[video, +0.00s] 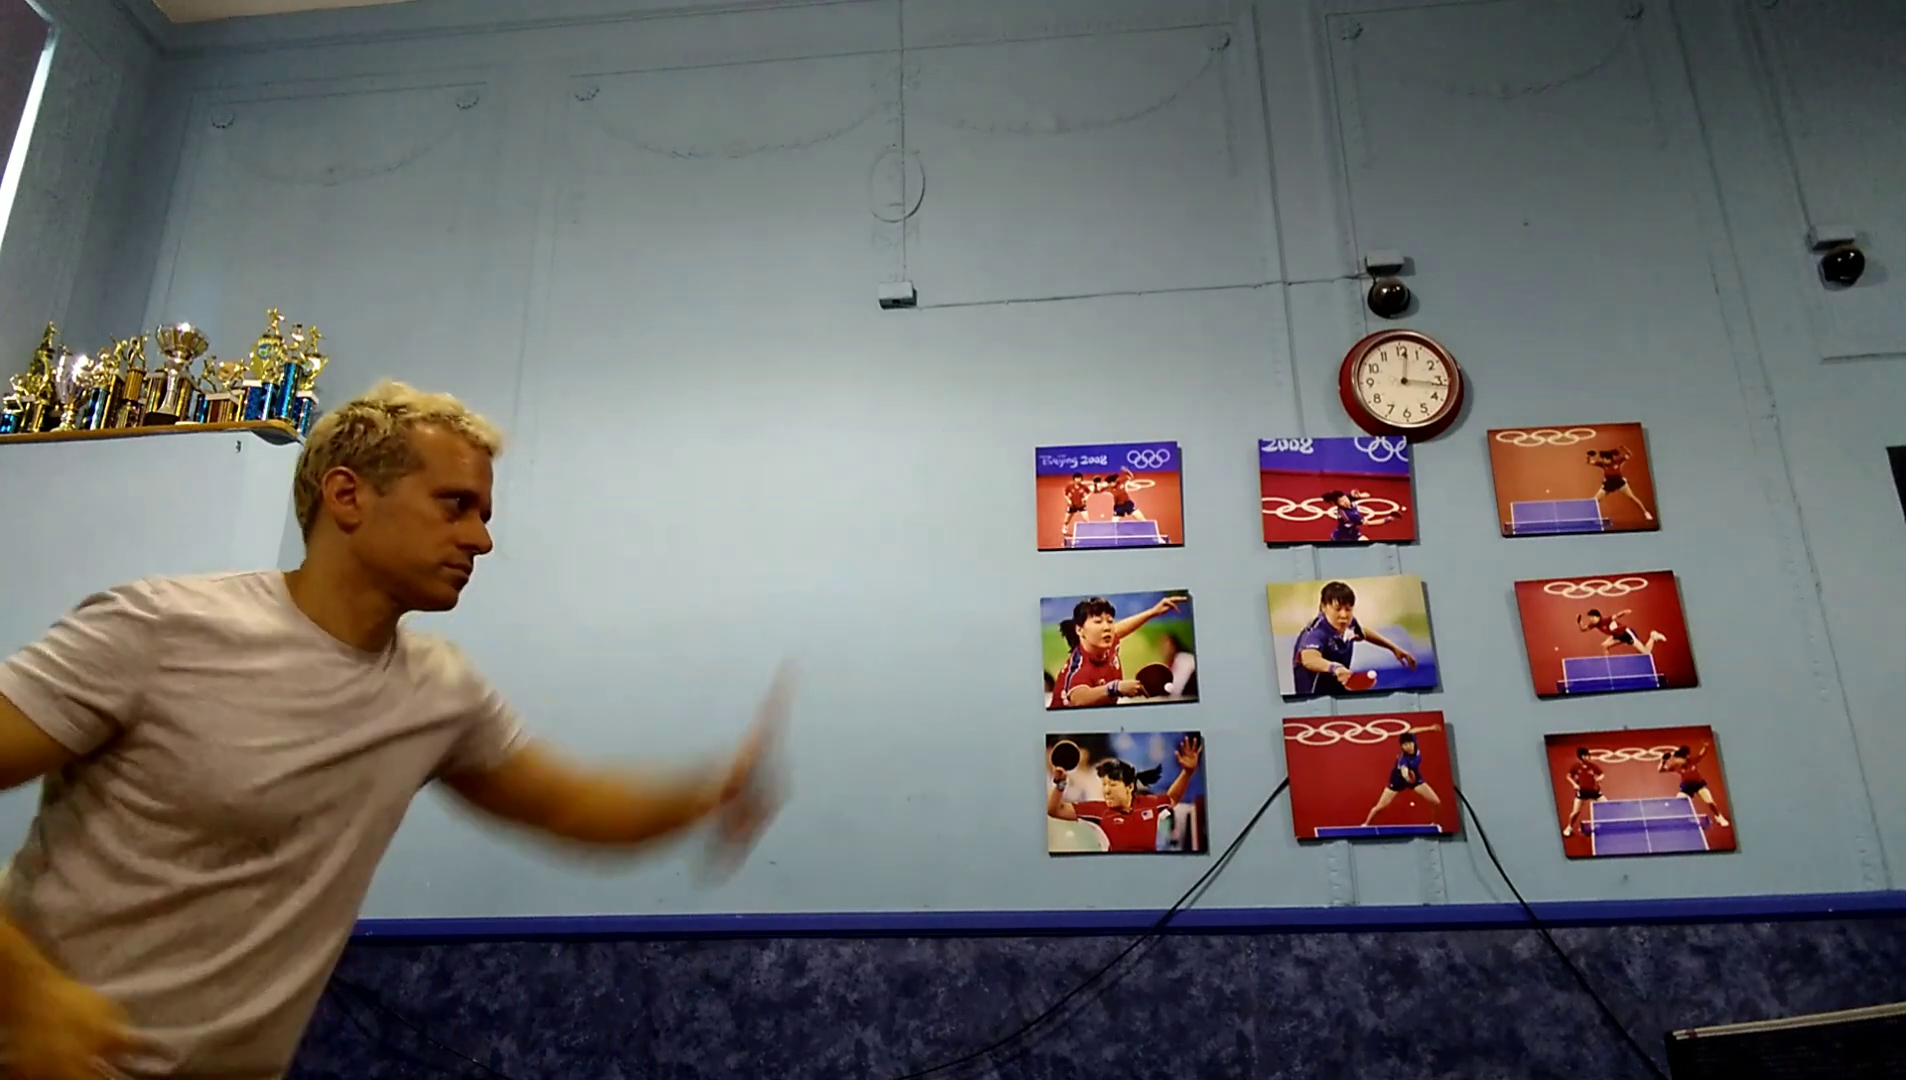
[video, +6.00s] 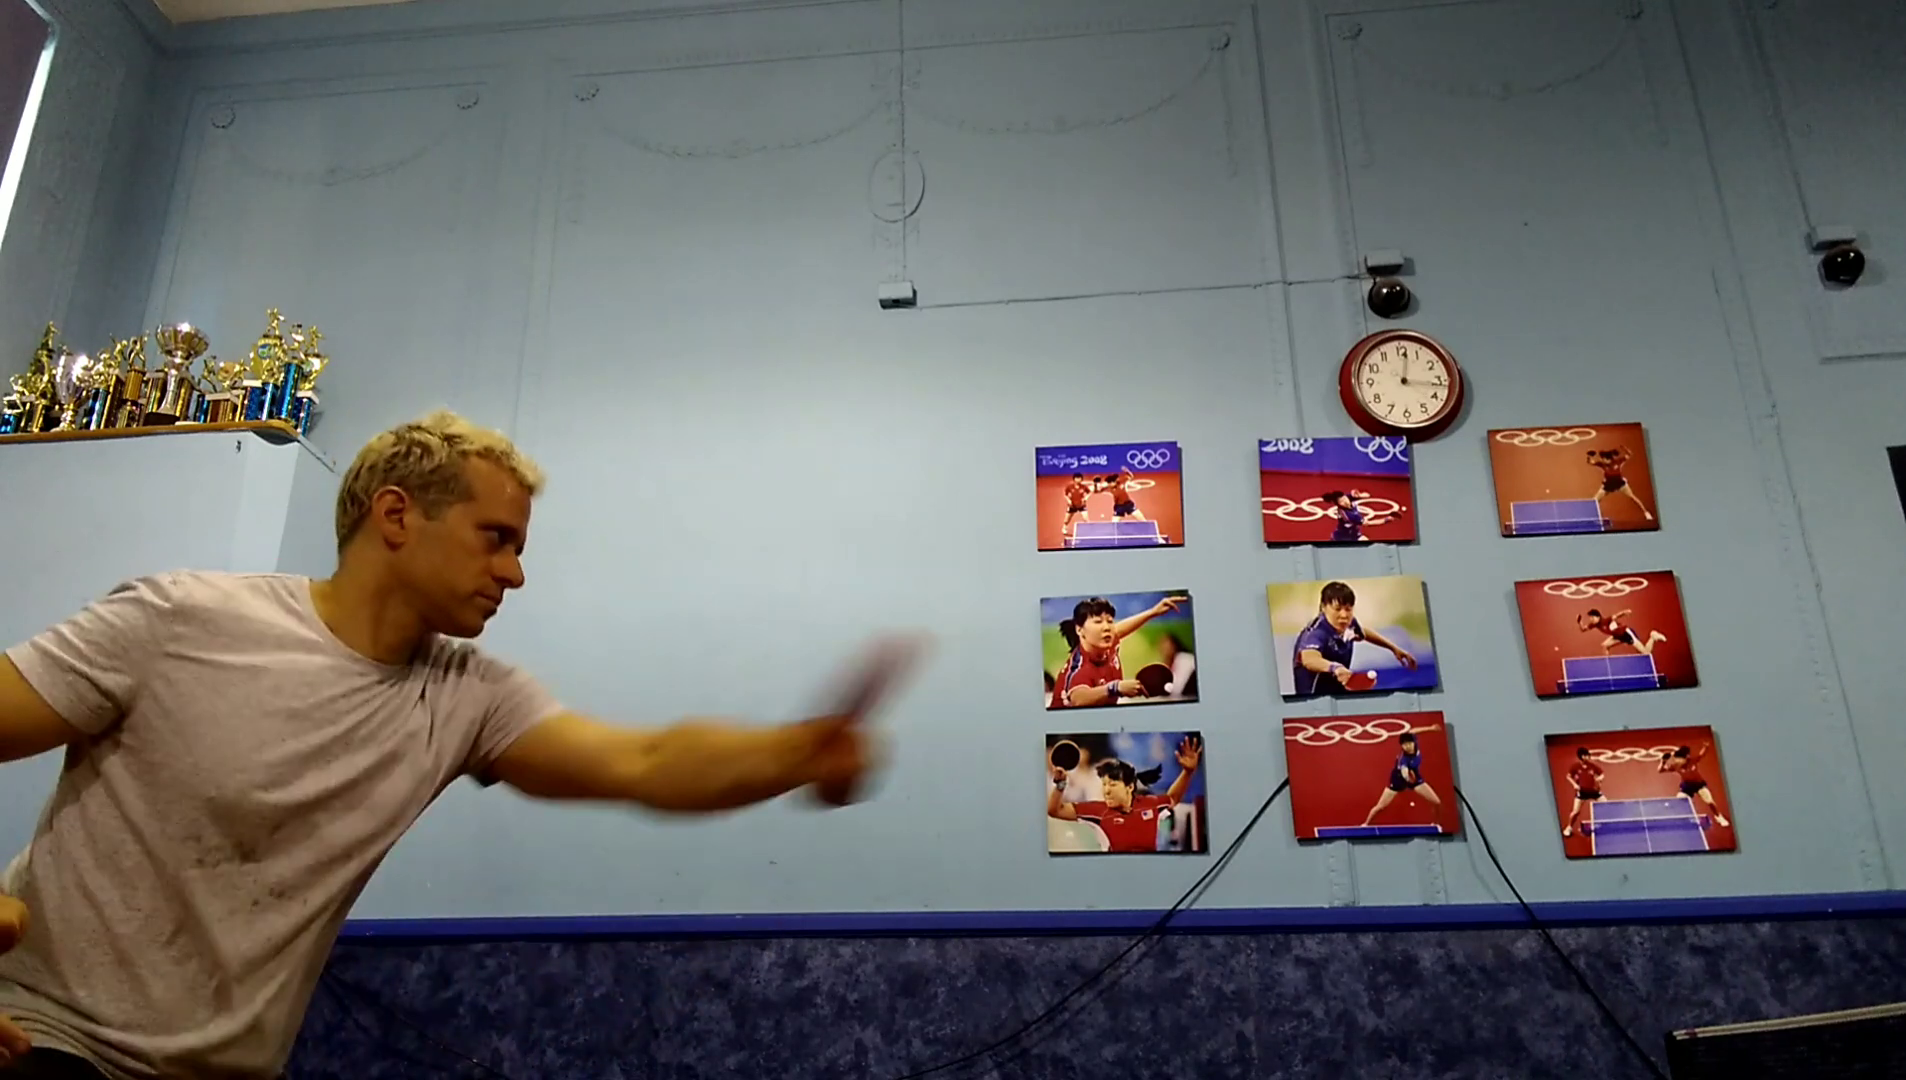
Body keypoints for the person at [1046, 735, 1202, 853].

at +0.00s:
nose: (1107, 790)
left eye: (1113, 785)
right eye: (1104, 785)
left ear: (1130, 787)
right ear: (1101, 786)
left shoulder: (1151, 805)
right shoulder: (1100, 810)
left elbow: (1172, 798)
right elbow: (1055, 811)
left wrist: (1188, 771)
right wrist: (1059, 785)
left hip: (1150, 873)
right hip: (1115, 874)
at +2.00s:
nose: (1107, 790)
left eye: (1113, 785)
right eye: (1104, 785)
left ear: (1130, 787)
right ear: (1101, 786)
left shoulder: (1151, 805)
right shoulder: (1100, 810)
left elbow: (1172, 798)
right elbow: (1055, 811)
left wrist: (1188, 771)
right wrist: (1059, 785)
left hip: (1150, 873)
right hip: (1114, 874)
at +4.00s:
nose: (1106, 790)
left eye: (1113, 785)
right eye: (1104, 785)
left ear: (1130, 787)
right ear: (1101, 787)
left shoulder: (1151, 805)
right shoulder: (1100, 810)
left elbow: (1172, 798)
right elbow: (1055, 811)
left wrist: (1188, 771)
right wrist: (1059, 785)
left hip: (1151, 872)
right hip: (1116, 874)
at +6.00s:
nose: (1107, 790)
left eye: (1113, 785)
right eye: (1104, 785)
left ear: (1130, 787)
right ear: (1101, 787)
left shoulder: (1151, 804)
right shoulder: (1100, 811)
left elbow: (1172, 798)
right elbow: (1055, 811)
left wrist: (1188, 771)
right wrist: (1059, 785)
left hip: (1152, 872)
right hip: (1117, 874)